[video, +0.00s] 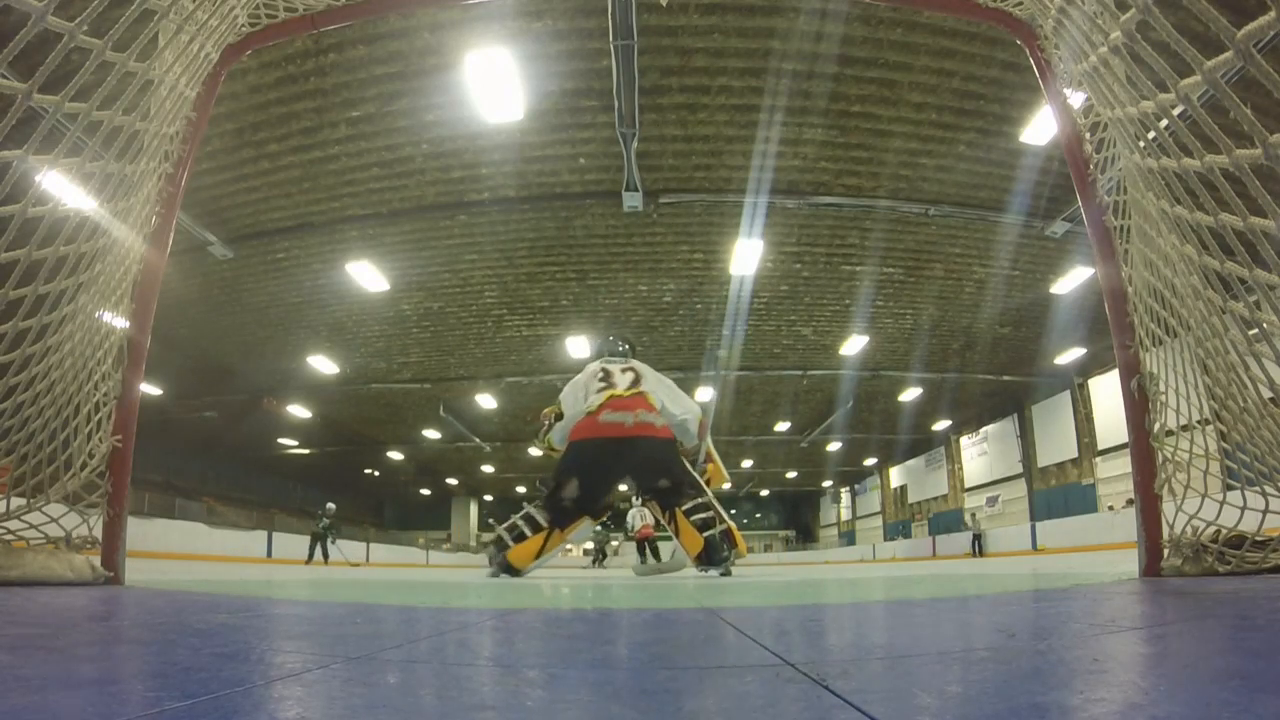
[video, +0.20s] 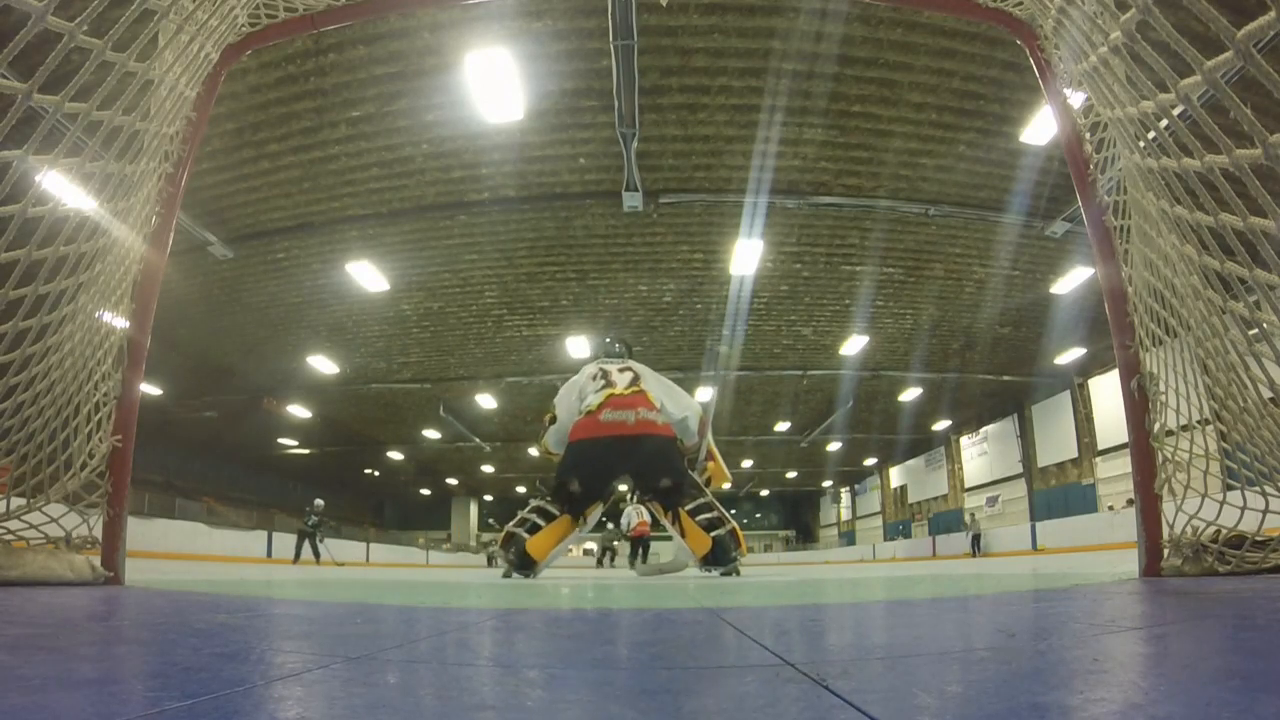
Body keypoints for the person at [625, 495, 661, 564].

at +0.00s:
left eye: (634, 502)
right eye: (638, 502)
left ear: (632, 503)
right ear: (641, 502)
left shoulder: (631, 512)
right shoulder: (646, 510)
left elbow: (629, 523)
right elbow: (652, 521)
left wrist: (629, 531)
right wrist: (650, 526)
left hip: (639, 532)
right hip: (649, 530)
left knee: (641, 549)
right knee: (653, 546)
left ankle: (643, 562)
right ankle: (658, 560)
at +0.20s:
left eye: (627, 500)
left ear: (628, 501)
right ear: (636, 500)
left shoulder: (628, 509)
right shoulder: (642, 507)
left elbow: (623, 522)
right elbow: (649, 519)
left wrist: (624, 532)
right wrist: (646, 526)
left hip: (635, 532)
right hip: (645, 531)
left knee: (634, 551)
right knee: (646, 547)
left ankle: (632, 565)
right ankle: (644, 563)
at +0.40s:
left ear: (625, 501)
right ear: (633, 500)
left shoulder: (625, 509)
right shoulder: (639, 508)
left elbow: (619, 523)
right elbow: (646, 519)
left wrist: (619, 533)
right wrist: (643, 528)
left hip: (629, 532)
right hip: (641, 531)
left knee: (626, 548)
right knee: (638, 546)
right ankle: (635, 562)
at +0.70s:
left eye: (632, 499)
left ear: (631, 500)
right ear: (640, 499)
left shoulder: (630, 509)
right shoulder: (646, 507)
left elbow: (626, 523)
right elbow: (652, 517)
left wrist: (625, 532)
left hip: (636, 530)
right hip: (648, 529)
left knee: (625, 545)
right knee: (641, 543)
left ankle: (617, 559)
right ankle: (643, 560)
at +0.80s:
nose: (638, 499)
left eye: (638, 498)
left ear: (639, 499)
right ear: (647, 498)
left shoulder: (637, 507)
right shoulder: (654, 505)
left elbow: (633, 522)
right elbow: (659, 515)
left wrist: (630, 532)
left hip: (642, 529)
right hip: (655, 528)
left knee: (632, 545)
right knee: (648, 545)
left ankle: (623, 561)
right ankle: (651, 562)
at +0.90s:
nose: (645, 497)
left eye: (645, 496)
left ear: (645, 497)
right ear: (654, 496)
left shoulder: (646, 506)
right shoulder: (661, 504)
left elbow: (640, 520)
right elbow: (667, 515)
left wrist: (637, 530)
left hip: (650, 530)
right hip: (661, 529)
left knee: (642, 543)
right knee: (657, 544)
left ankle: (637, 560)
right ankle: (662, 558)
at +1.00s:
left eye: (653, 496)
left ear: (653, 496)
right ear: (662, 496)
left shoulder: (654, 505)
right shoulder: (669, 504)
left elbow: (649, 521)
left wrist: (643, 531)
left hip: (659, 529)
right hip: (671, 528)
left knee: (651, 541)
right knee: (667, 544)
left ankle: (651, 560)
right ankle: (677, 559)